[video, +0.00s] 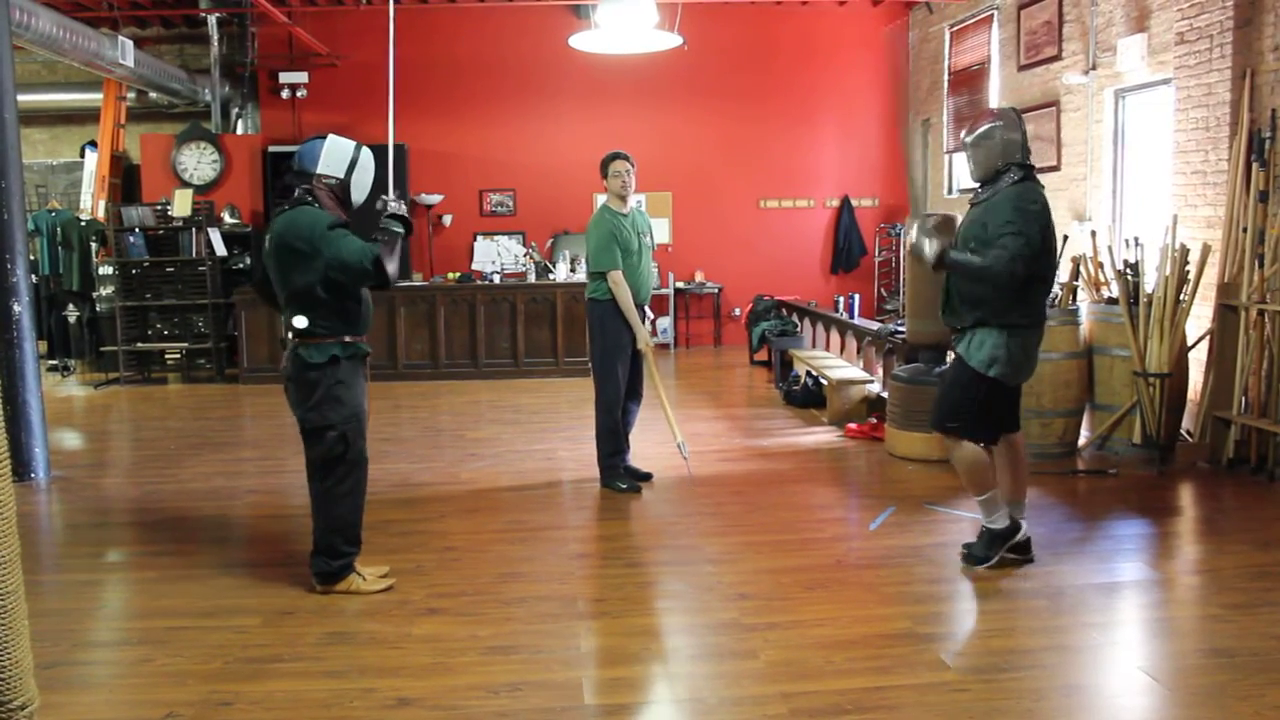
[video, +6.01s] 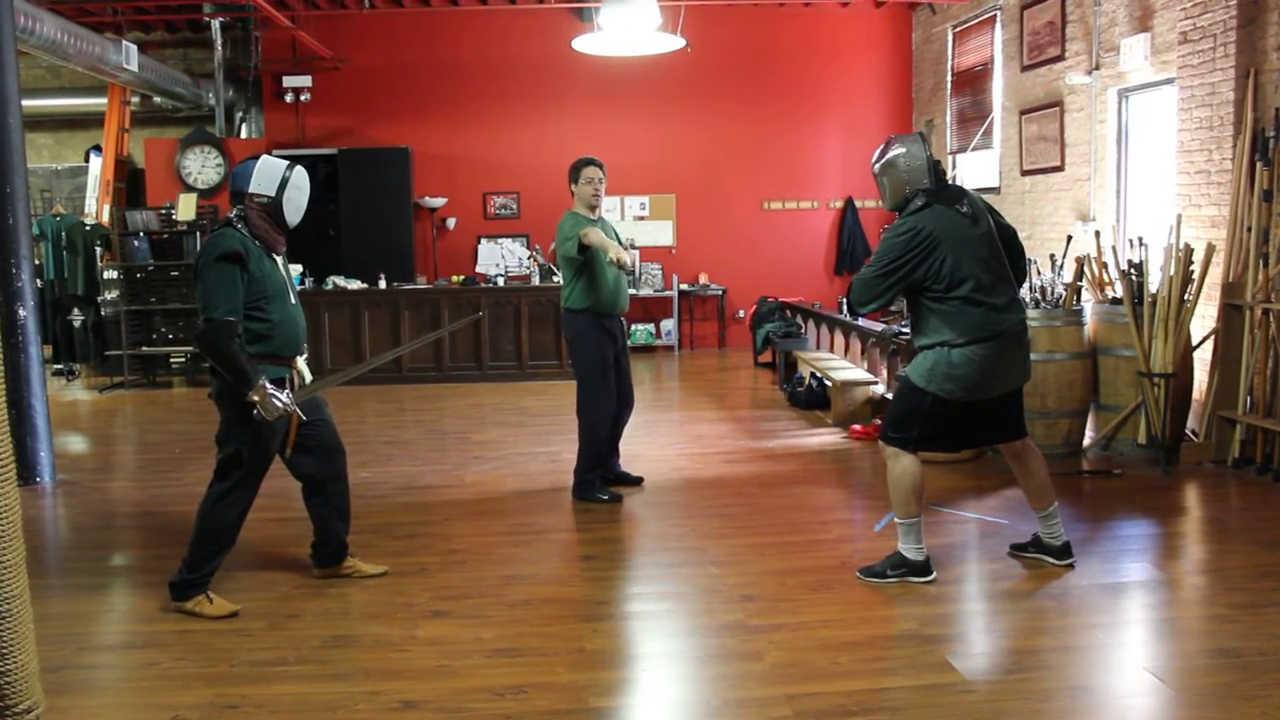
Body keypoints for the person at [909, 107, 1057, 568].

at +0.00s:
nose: (970, 159)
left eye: (976, 149)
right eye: (970, 150)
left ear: (1000, 149)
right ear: (1002, 150)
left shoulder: (1018, 199)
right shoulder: (1001, 196)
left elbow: (1008, 268)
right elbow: (990, 260)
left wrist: (947, 256)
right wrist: (947, 243)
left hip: (998, 336)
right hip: (996, 334)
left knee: (955, 428)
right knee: (1004, 431)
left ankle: (997, 525)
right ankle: (1013, 533)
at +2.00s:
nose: (937, 170)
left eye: (941, 159)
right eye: (937, 159)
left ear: (964, 155)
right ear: (976, 155)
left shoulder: (977, 208)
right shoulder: (1014, 197)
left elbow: (950, 292)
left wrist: (901, 319)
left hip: (994, 348)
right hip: (1031, 344)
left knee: (953, 444)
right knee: (1025, 440)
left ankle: (955, 560)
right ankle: (1052, 541)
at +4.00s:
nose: (869, 195)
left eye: (870, 185)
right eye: (867, 185)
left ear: (888, 182)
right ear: (916, 173)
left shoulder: (901, 230)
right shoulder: (961, 204)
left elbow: (847, 299)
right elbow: (1005, 248)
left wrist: (884, 273)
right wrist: (996, 295)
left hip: (949, 353)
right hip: (1003, 345)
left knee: (889, 437)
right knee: (1010, 437)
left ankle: (908, 553)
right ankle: (1050, 539)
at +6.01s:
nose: (881, 193)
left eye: (883, 182)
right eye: (881, 183)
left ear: (901, 178)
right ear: (929, 172)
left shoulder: (911, 228)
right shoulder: (976, 206)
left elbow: (860, 297)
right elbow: (1017, 260)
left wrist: (891, 276)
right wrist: (993, 300)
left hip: (954, 355)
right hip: (1009, 348)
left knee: (898, 439)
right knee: (1015, 440)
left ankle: (912, 555)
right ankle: (1054, 539)